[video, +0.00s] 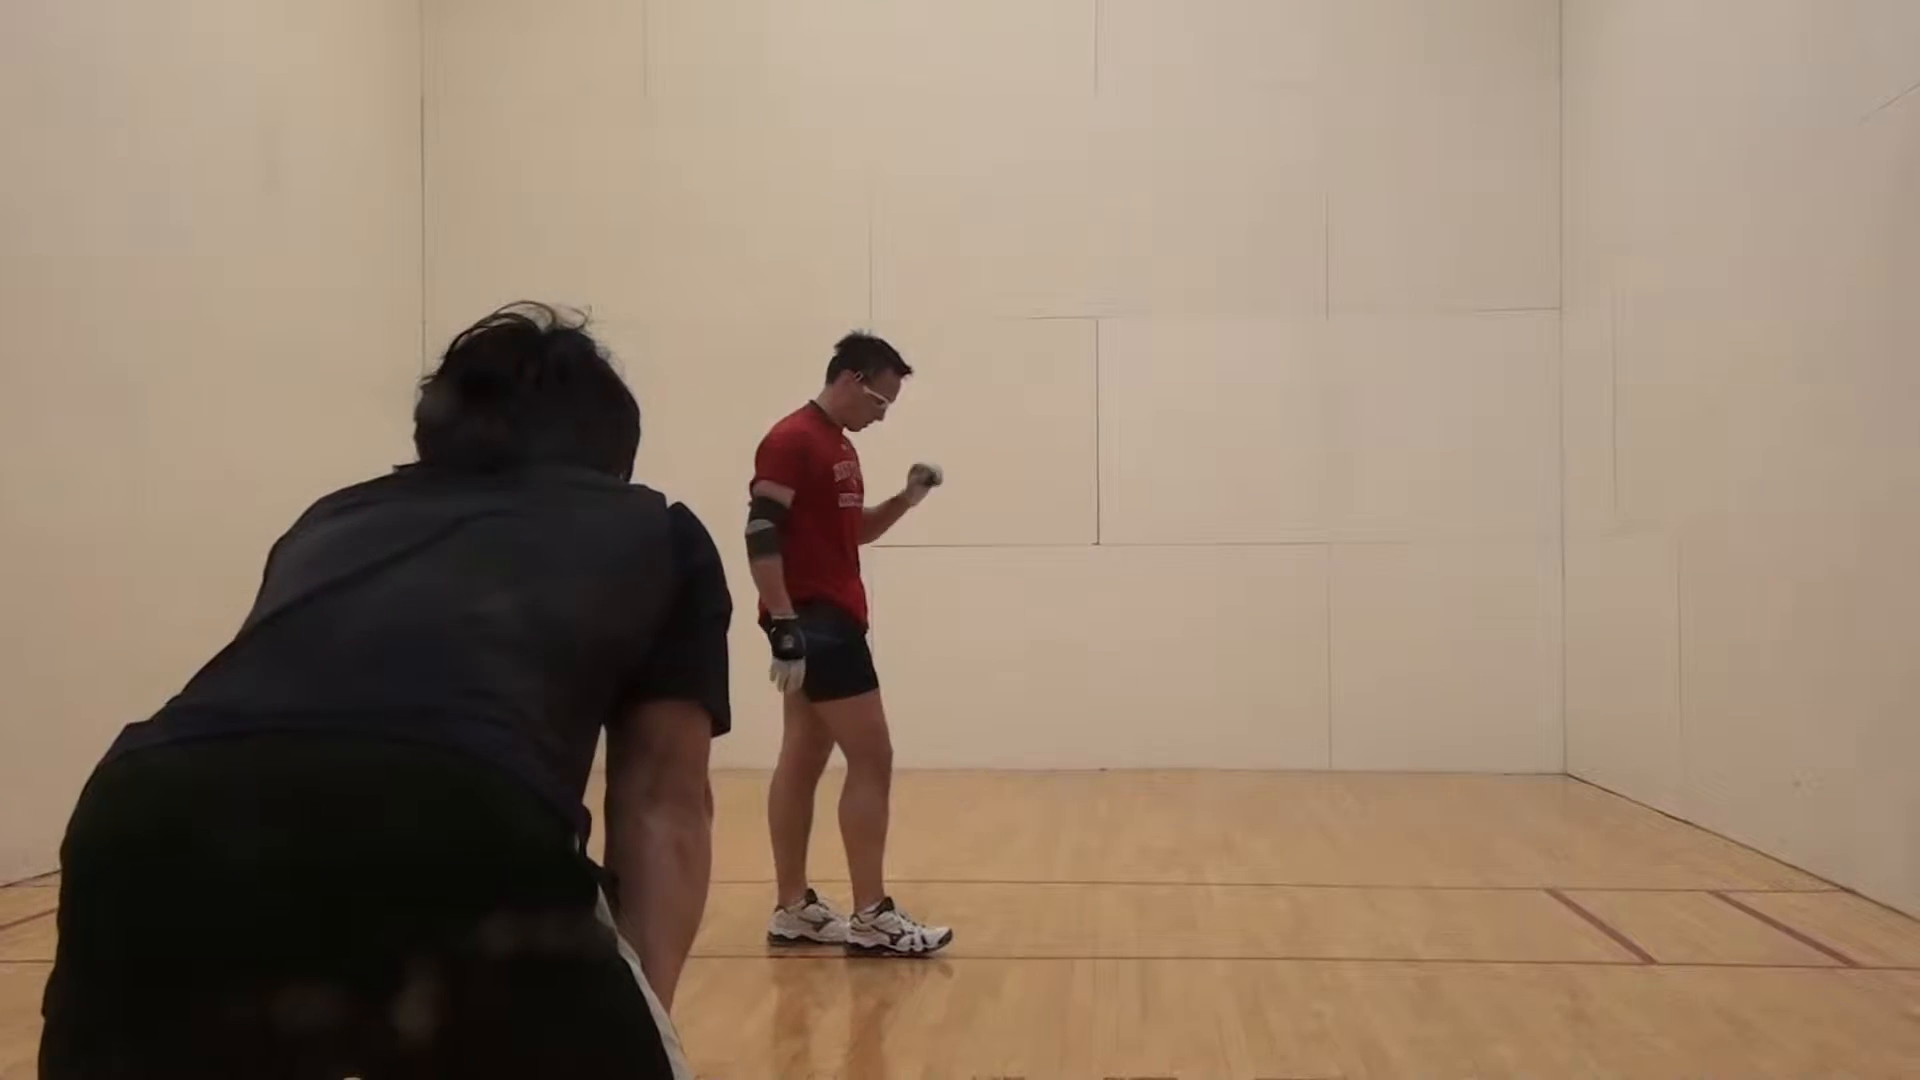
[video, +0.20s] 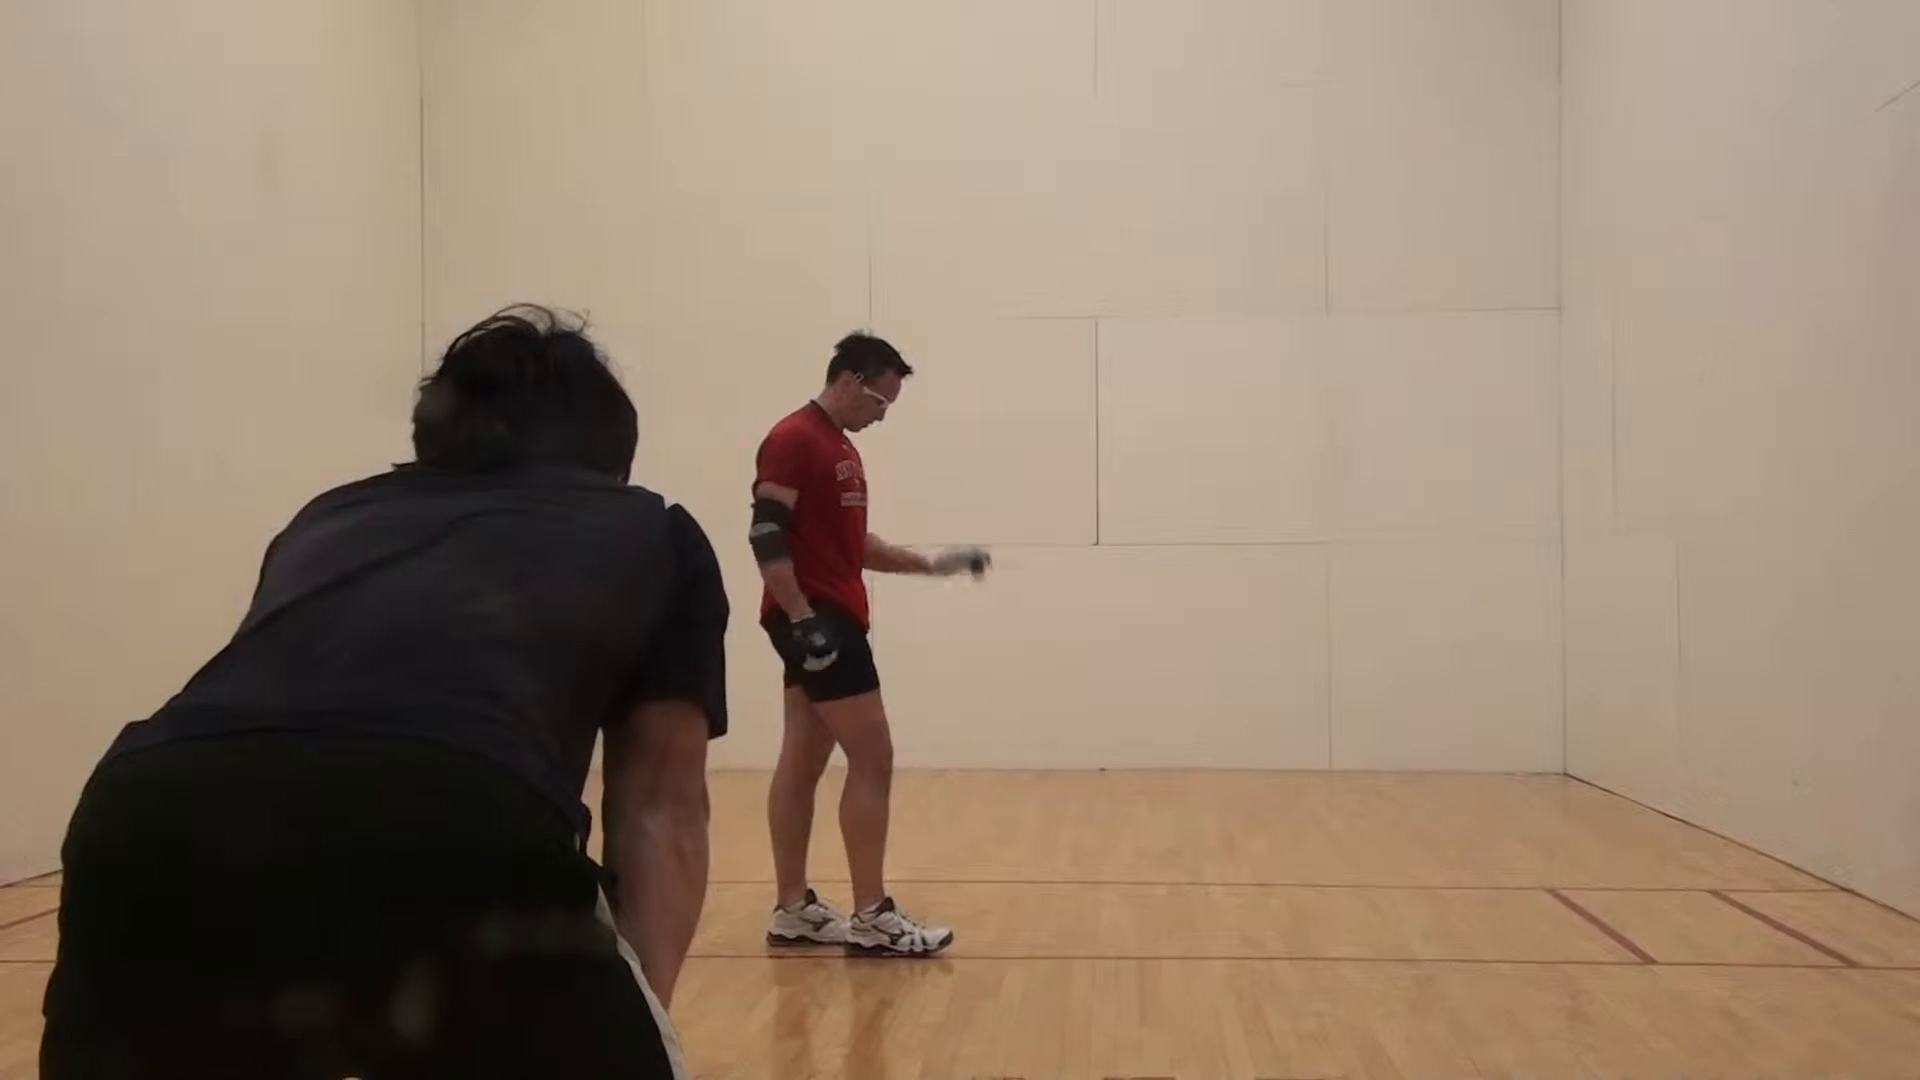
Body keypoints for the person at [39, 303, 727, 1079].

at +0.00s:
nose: (634, 481)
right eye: (630, 468)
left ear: (434, 439)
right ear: (606, 456)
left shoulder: (330, 512)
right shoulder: (652, 529)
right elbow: (664, 797)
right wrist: (637, 1027)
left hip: (155, 812)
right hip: (455, 822)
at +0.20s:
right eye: (629, 470)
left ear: (434, 438)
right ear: (605, 456)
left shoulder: (327, 510)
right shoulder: (651, 531)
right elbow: (662, 797)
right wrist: (635, 1027)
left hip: (155, 815)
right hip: (453, 825)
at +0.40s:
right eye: (621, 468)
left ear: (428, 440)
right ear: (599, 453)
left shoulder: (323, 513)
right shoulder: (648, 532)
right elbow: (661, 801)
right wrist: (633, 1026)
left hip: (156, 819)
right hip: (452, 827)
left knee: (111, 1053)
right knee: (600, 1058)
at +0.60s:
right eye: (598, 470)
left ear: (399, 443)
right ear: (577, 459)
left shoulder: (296, 518)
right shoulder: (628, 536)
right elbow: (641, 796)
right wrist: (616, 1021)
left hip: (133, 818)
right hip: (439, 827)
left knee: (78, 1046)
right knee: (585, 1051)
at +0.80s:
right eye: (568, 469)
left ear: (372, 438)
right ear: (550, 457)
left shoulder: (266, 519)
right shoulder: (602, 537)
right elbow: (616, 802)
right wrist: (586, 1026)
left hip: (97, 825)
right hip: (413, 831)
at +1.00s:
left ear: (352, 447)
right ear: (530, 464)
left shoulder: (248, 520)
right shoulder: (580, 541)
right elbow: (591, 805)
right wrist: (567, 1021)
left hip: (80, 819)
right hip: (391, 825)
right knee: (539, 1052)